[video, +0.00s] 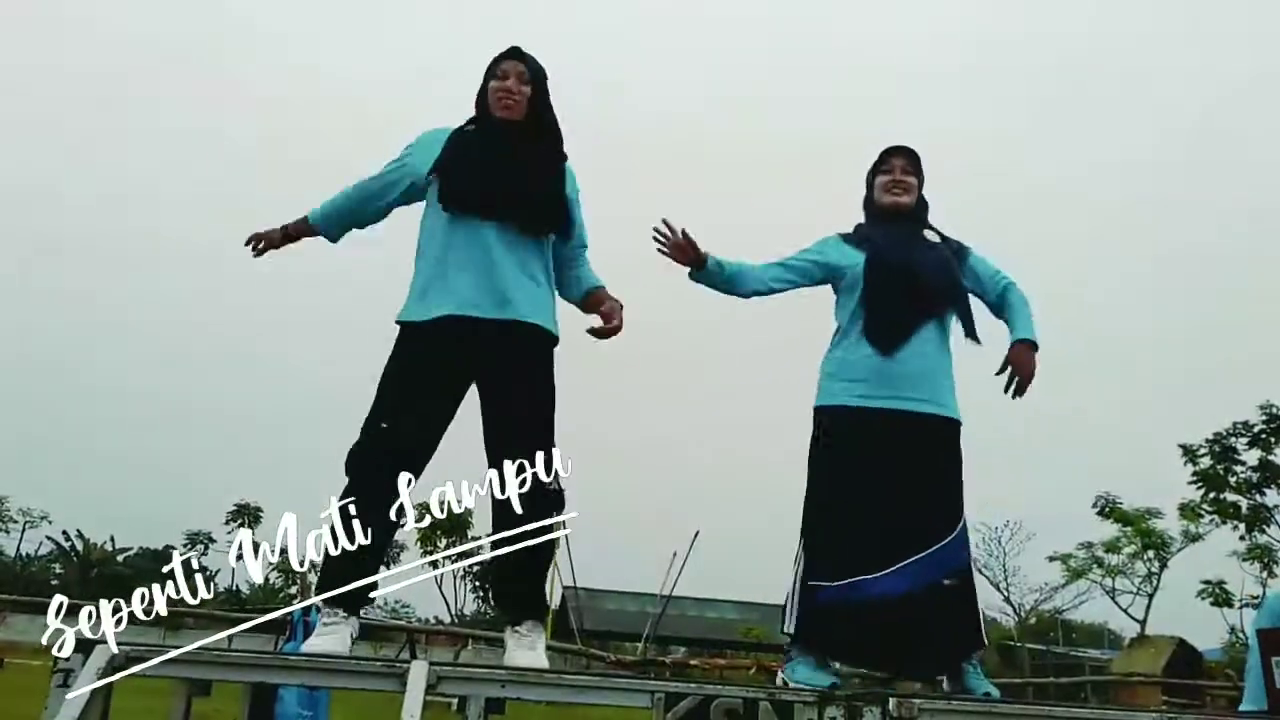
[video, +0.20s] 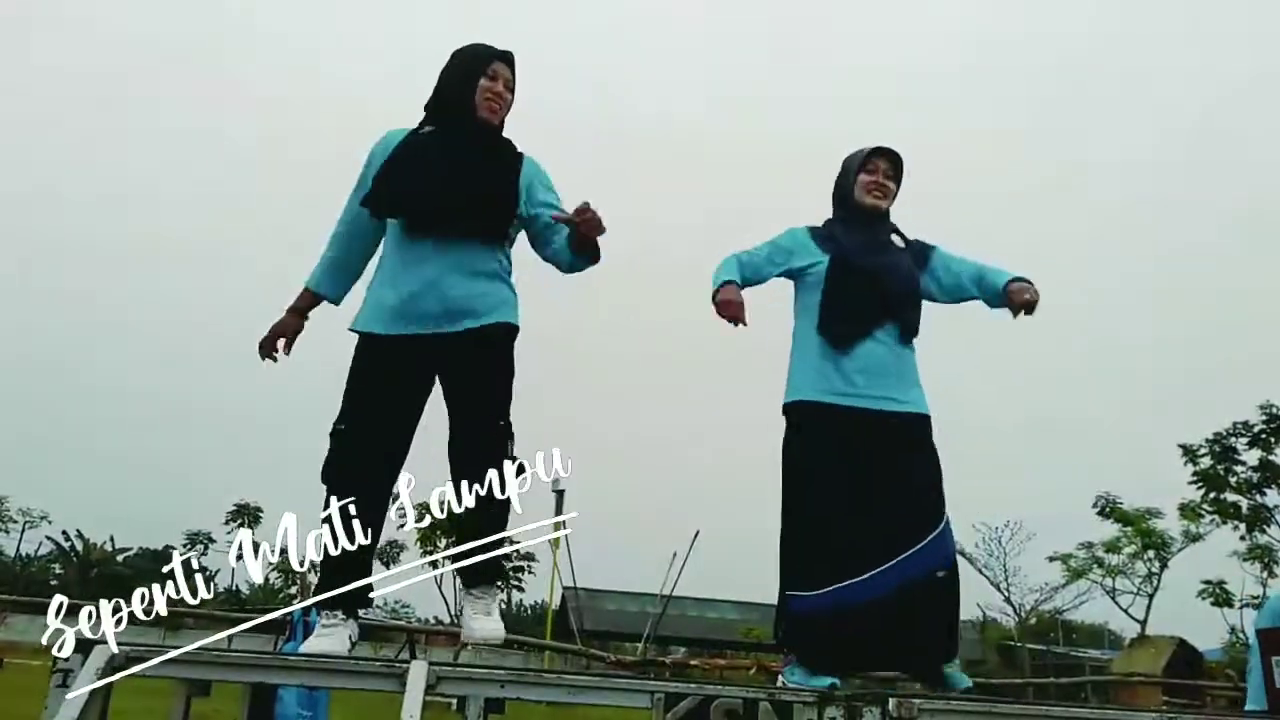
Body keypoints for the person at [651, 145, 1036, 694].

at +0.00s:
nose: (898, 179)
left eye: (908, 174)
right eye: (887, 173)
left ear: (922, 192)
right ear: (869, 191)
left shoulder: (950, 254)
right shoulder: (844, 248)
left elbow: (1007, 292)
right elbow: (767, 276)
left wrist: (1025, 340)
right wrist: (704, 264)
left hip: (929, 411)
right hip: (851, 405)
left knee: (942, 533)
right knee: (832, 529)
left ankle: (961, 661)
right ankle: (808, 653)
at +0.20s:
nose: (879, 179)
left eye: (889, 175)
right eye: (869, 170)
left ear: (896, 193)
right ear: (845, 181)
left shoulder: (913, 254)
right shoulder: (810, 241)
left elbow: (965, 274)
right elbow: (740, 264)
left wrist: (1007, 285)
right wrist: (727, 285)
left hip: (899, 411)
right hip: (822, 408)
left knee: (923, 530)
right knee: (820, 530)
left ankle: (934, 656)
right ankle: (807, 657)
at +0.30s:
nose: (879, 183)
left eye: (887, 179)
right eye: (869, 172)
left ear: (891, 192)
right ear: (843, 177)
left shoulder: (905, 255)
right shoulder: (808, 235)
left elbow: (975, 267)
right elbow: (729, 257)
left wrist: (949, 239)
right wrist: (765, 293)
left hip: (893, 401)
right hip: (821, 396)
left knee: (891, 521)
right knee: (816, 521)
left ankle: (875, 641)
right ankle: (803, 655)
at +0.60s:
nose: (894, 188)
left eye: (900, 183)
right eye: (886, 176)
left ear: (899, 195)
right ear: (855, 175)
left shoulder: (907, 258)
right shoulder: (812, 237)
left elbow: (989, 261)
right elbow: (743, 273)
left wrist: (941, 240)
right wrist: (793, 309)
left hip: (903, 404)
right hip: (829, 396)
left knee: (935, 520)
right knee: (817, 521)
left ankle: (932, 654)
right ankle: (805, 653)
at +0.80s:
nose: (928, 183)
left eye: (933, 179)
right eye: (920, 173)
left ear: (933, 191)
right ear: (890, 172)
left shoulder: (941, 246)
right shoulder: (847, 238)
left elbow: (981, 256)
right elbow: (777, 279)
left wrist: (1012, 260)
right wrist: (826, 315)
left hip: (940, 405)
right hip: (862, 402)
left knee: (975, 527)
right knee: (841, 525)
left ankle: (1009, 659)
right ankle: (809, 653)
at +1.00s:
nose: (964, 188)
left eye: (967, 183)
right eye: (955, 178)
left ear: (966, 195)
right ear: (924, 180)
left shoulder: (985, 257)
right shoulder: (888, 246)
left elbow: (1058, 281)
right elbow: (824, 291)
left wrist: (1030, 258)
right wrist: (880, 329)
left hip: (991, 414)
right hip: (917, 408)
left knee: (1005, 536)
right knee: (895, 529)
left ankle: (1011, 668)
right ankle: (856, 647)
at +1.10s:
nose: (973, 192)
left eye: (976, 186)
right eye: (964, 181)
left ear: (976, 199)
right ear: (932, 184)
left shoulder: (990, 260)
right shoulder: (899, 248)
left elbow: (1053, 304)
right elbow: (837, 292)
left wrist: (1022, 262)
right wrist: (897, 328)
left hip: (1002, 412)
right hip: (931, 410)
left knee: (1011, 535)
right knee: (935, 533)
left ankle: (1021, 670)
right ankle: (929, 657)